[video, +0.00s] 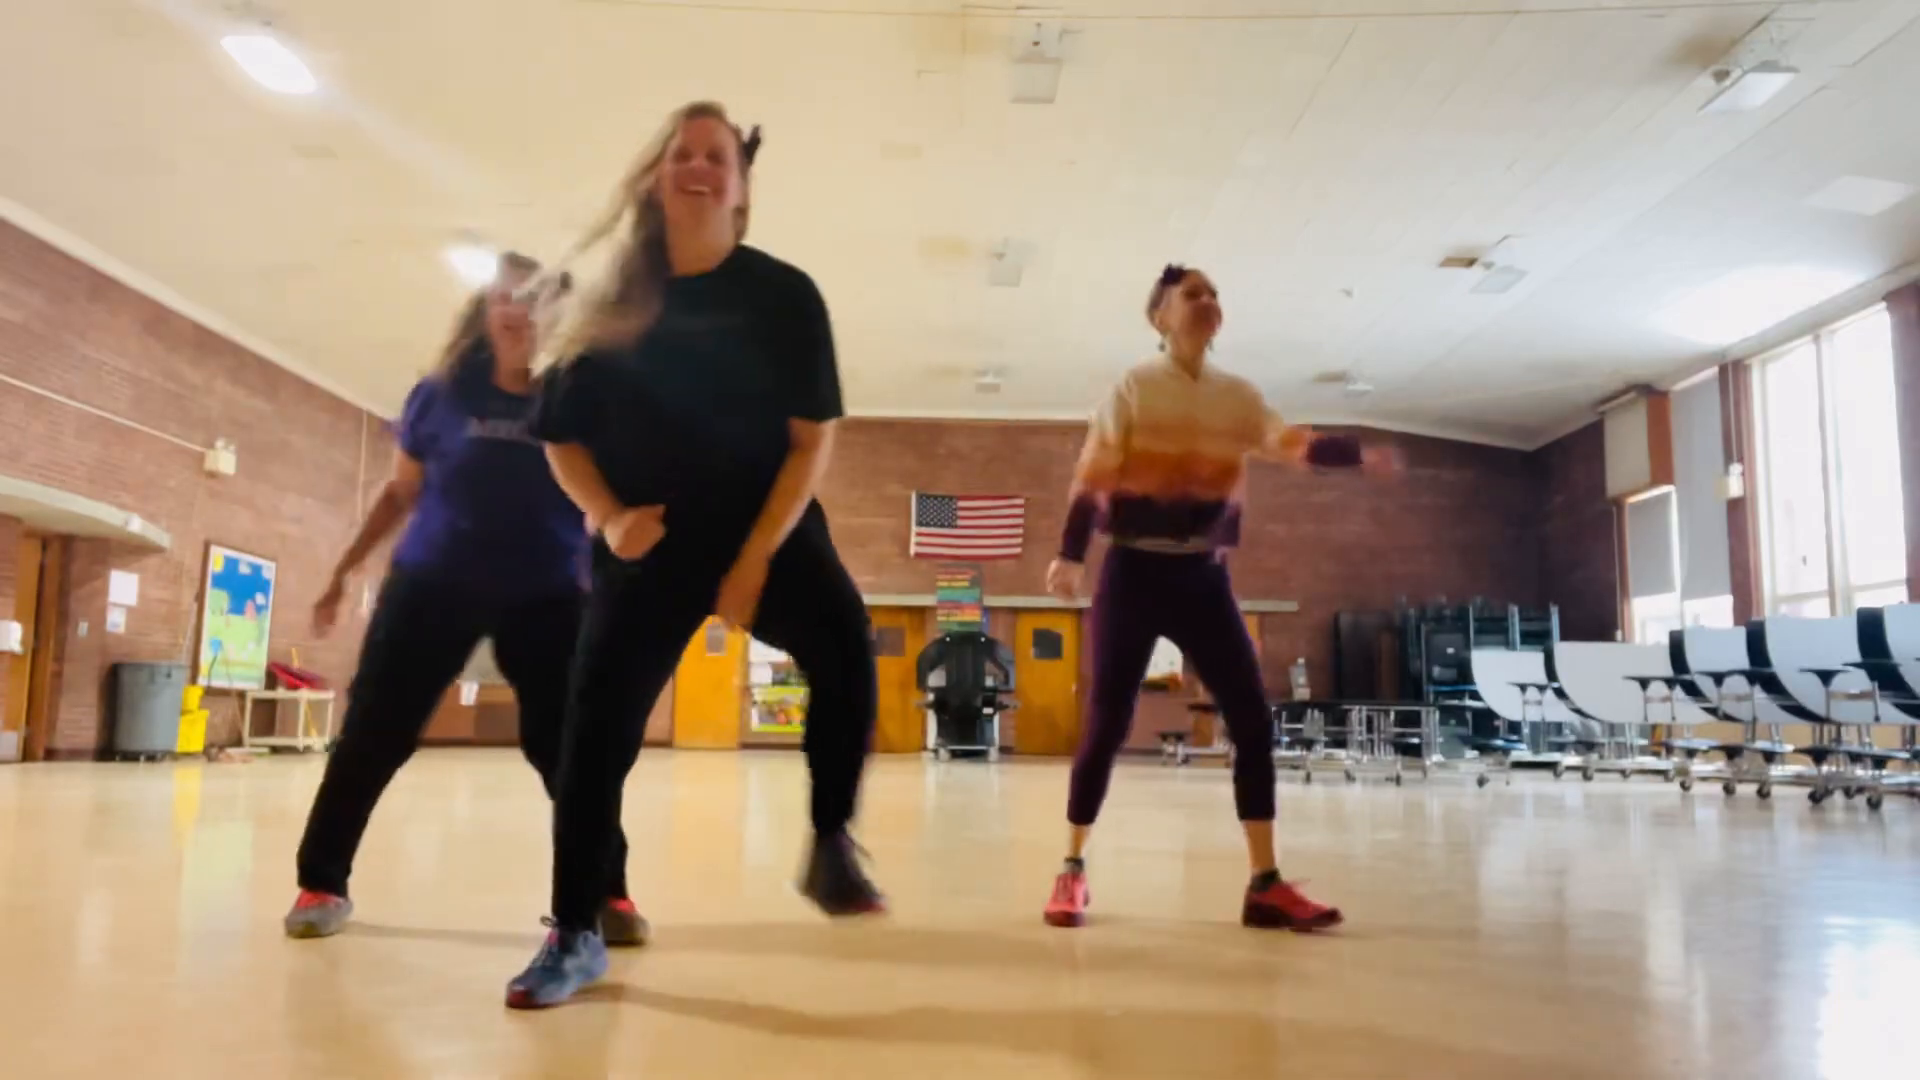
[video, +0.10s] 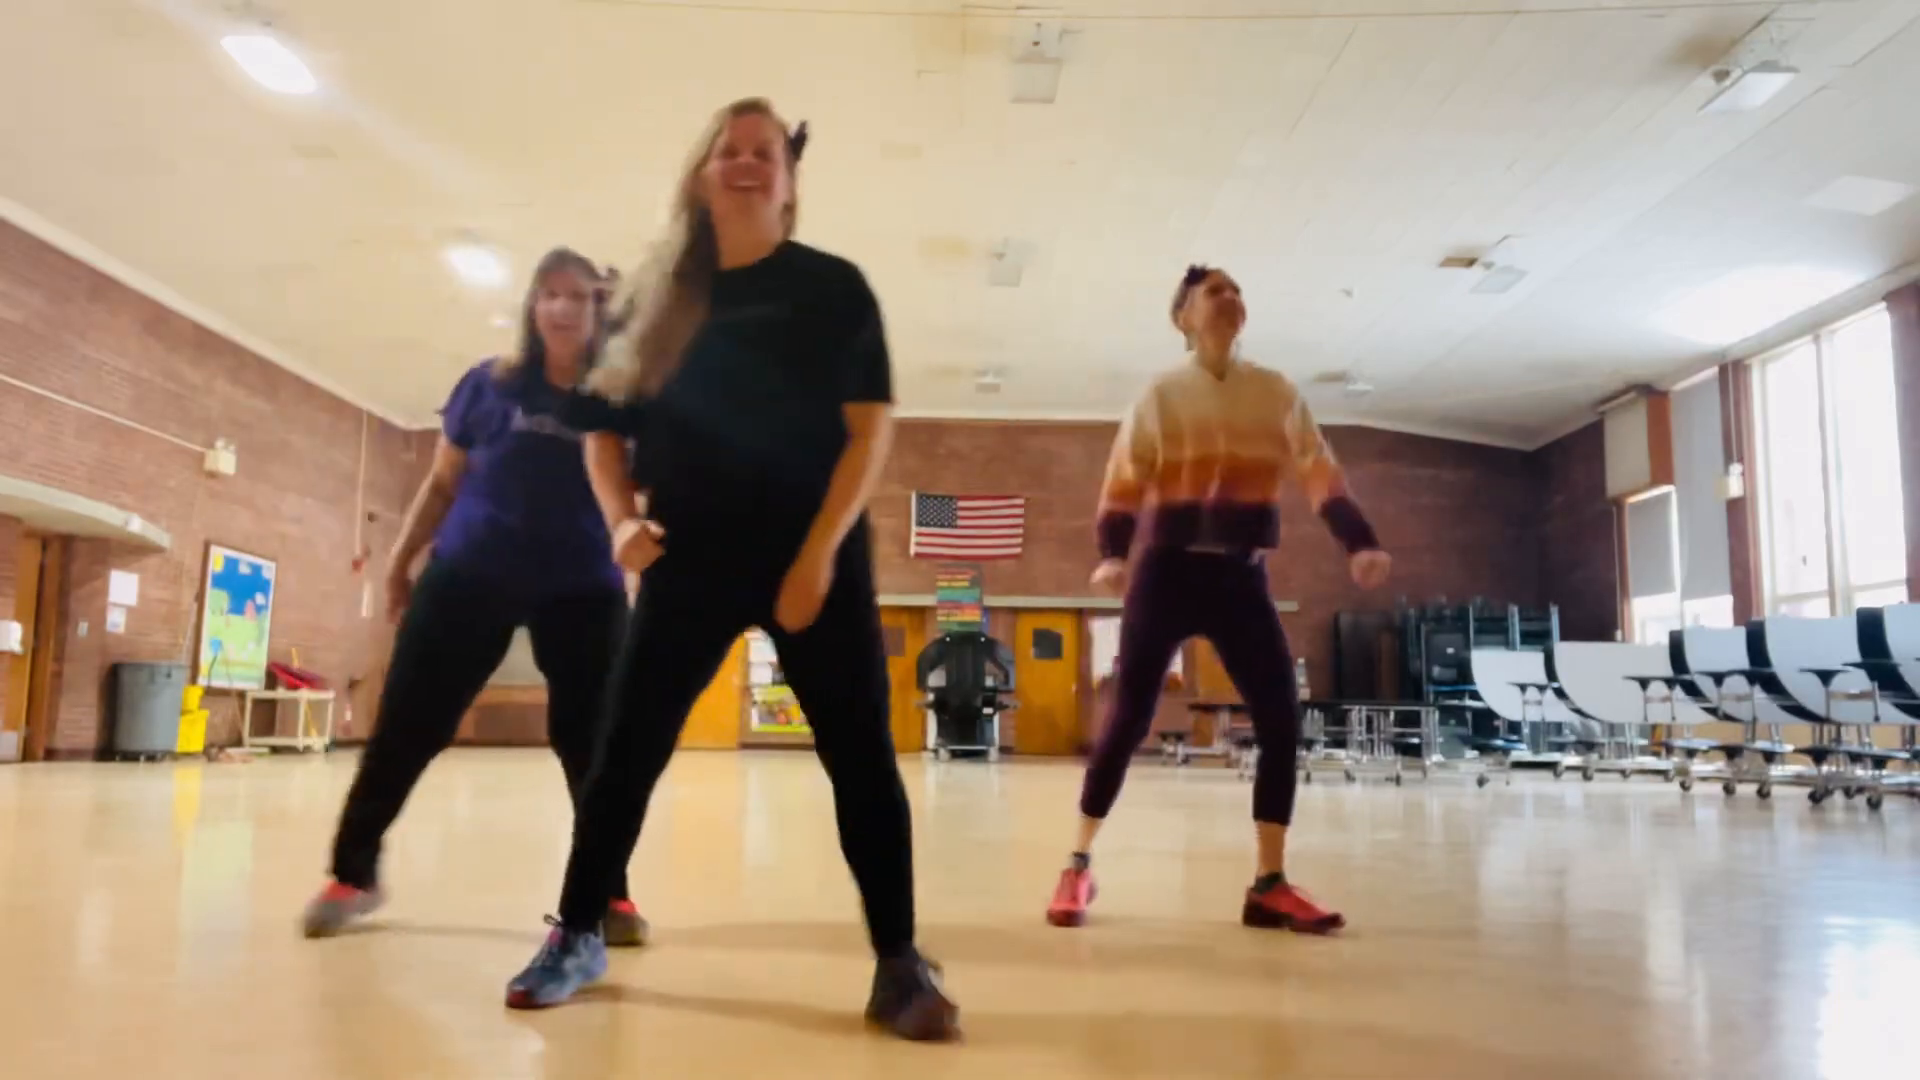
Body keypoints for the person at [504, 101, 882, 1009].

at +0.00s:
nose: (696, 165)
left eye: (715, 155)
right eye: (682, 154)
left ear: (743, 184)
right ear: (654, 181)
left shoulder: (786, 295)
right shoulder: (610, 299)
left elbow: (811, 445)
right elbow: (559, 425)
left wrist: (756, 559)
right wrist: (608, 516)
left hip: (766, 528)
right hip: (650, 535)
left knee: (845, 655)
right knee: (596, 732)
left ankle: (831, 847)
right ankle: (574, 933)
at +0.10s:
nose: (747, 159)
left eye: (765, 150)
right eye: (731, 148)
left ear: (792, 180)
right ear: (699, 176)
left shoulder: (834, 288)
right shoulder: (660, 291)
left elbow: (870, 431)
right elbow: (603, 417)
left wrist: (818, 552)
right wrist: (622, 518)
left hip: (814, 549)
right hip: (693, 552)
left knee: (862, 759)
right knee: (629, 744)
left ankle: (898, 962)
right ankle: (576, 934)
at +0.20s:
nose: (798, 153)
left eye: (817, 142)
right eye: (782, 142)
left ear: (847, 169)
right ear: (756, 169)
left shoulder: (891, 275)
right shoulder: (727, 291)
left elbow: (940, 412)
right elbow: (661, 399)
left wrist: (901, 541)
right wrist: (671, 495)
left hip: (875, 543)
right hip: (759, 540)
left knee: (897, 755)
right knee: (663, 721)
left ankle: (902, 963)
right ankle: (611, 915)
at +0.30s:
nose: (849, 150)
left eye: (867, 140)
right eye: (834, 139)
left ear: (895, 169)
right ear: (806, 167)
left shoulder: (941, 277)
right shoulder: (772, 288)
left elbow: (991, 414)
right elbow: (721, 415)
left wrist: (995, 542)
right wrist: (729, 502)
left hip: (919, 549)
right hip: (806, 546)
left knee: (915, 757)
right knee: (702, 708)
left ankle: (903, 962)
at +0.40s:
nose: (886, 150)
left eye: (905, 140)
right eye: (872, 138)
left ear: (935, 165)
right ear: (848, 160)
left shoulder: (983, 277)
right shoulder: (810, 283)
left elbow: (1035, 413)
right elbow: (766, 417)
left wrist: (1056, 537)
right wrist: (783, 493)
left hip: (956, 549)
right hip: (844, 547)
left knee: (928, 754)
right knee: (792, 731)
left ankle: (904, 963)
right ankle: (919, 818)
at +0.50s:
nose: (920, 154)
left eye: (937, 143)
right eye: (905, 142)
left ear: (967, 166)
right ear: (880, 164)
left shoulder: (1015, 278)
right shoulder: (840, 285)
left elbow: (1065, 411)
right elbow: (802, 419)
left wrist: (1087, 528)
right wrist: (822, 488)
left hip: (986, 548)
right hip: (875, 551)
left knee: (953, 748)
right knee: (910, 752)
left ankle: (917, 959)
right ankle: (1007, 908)